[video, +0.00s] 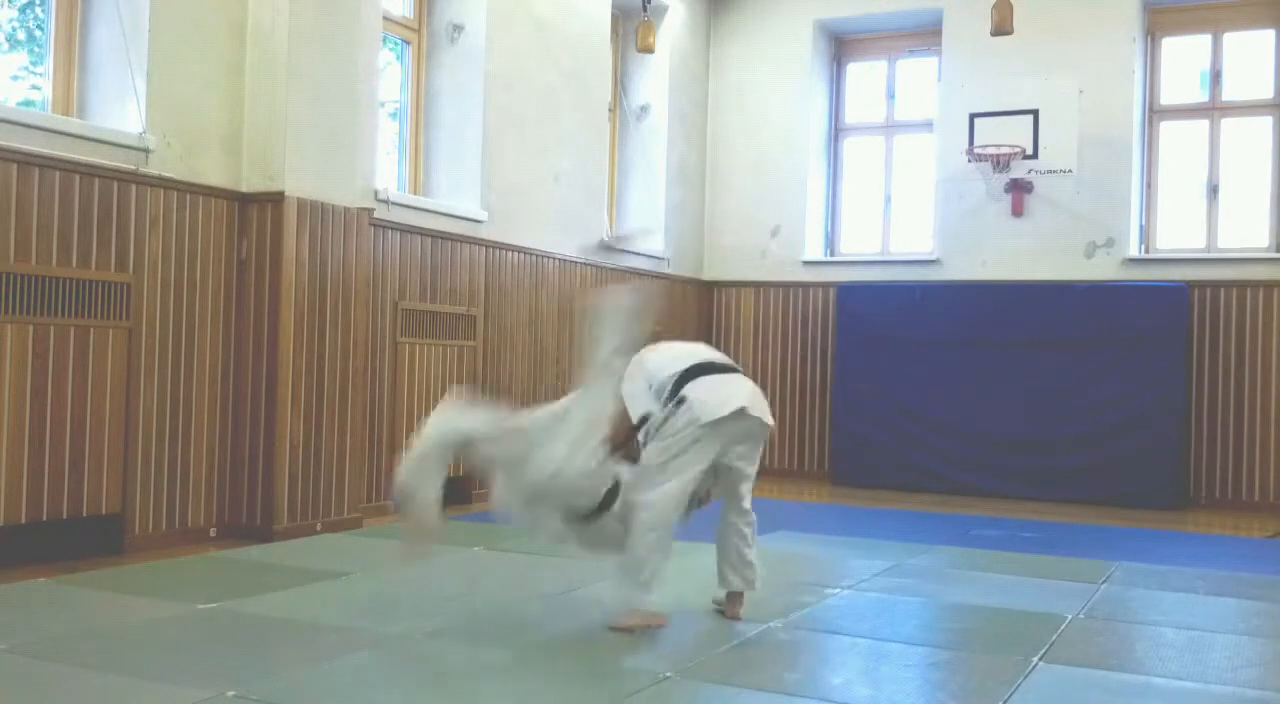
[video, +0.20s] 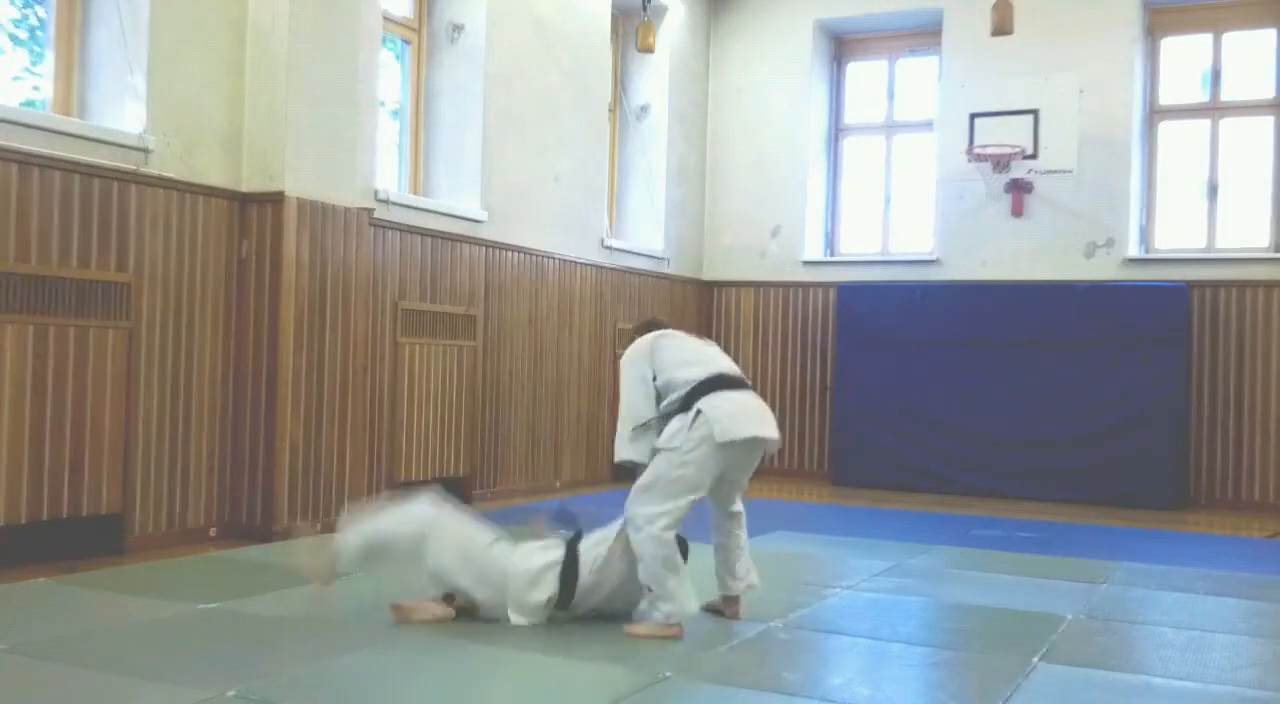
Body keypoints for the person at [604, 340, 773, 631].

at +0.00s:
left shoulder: (639, 363)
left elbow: (621, 432)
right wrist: (704, 484)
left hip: (700, 406)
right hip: (754, 406)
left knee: (654, 498)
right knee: (739, 504)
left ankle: (640, 605)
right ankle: (735, 600)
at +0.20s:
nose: (627, 352)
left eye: (629, 347)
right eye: (628, 348)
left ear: (638, 338)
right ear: (664, 330)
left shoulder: (639, 349)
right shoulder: (698, 344)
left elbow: (637, 415)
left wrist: (635, 473)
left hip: (708, 421)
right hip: (757, 421)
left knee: (646, 509)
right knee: (728, 503)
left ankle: (665, 616)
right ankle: (732, 598)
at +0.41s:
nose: (620, 344)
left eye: (620, 338)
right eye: (620, 339)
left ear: (628, 335)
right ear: (659, 330)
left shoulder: (628, 352)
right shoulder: (698, 345)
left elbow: (627, 416)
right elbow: (720, 395)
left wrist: (621, 474)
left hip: (693, 437)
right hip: (743, 433)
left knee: (624, 519)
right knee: (719, 506)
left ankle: (658, 618)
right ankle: (728, 598)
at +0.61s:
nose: (618, 340)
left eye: (619, 335)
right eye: (618, 335)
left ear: (627, 332)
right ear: (661, 328)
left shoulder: (624, 349)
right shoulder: (697, 344)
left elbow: (621, 416)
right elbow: (716, 393)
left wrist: (616, 472)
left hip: (684, 435)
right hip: (733, 432)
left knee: (621, 522)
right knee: (714, 505)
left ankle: (658, 617)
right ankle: (728, 598)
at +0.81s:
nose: (618, 336)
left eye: (619, 331)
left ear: (624, 328)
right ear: (657, 324)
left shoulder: (619, 345)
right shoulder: (692, 341)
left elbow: (616, 413)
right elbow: (710, 391)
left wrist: (616, 469)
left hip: (676, 431)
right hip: (726, 427)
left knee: (618, 521)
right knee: (711, 505)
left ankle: (657, 614)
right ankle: (727, 598)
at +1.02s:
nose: (618, 314)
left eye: (618, 310)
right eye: (620, 310)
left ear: (624, 306)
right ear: (656, 304)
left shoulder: (618, 321)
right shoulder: (692, 326)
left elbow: (601, 368)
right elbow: (715, 381)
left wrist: (599, 424)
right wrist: (726, 432)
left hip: (663, 419)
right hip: (712, 417)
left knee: (613, 515)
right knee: (704, 504)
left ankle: (651, 604)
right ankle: (727, 597)